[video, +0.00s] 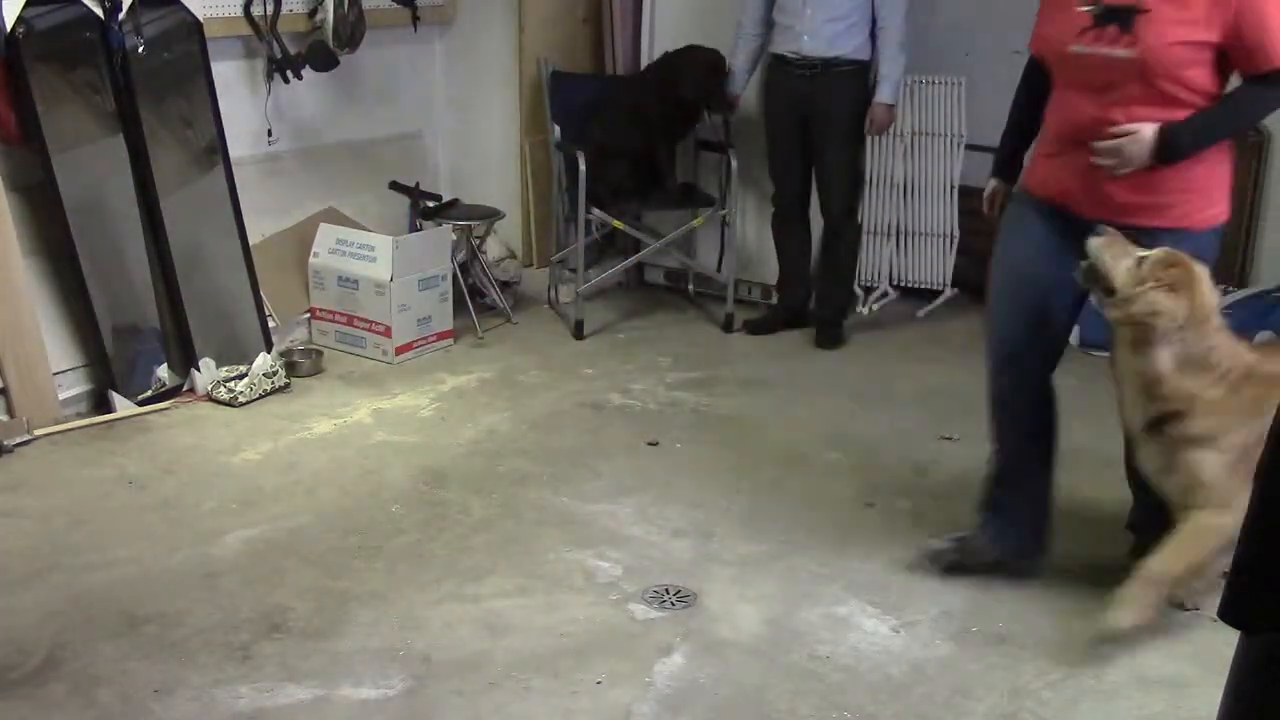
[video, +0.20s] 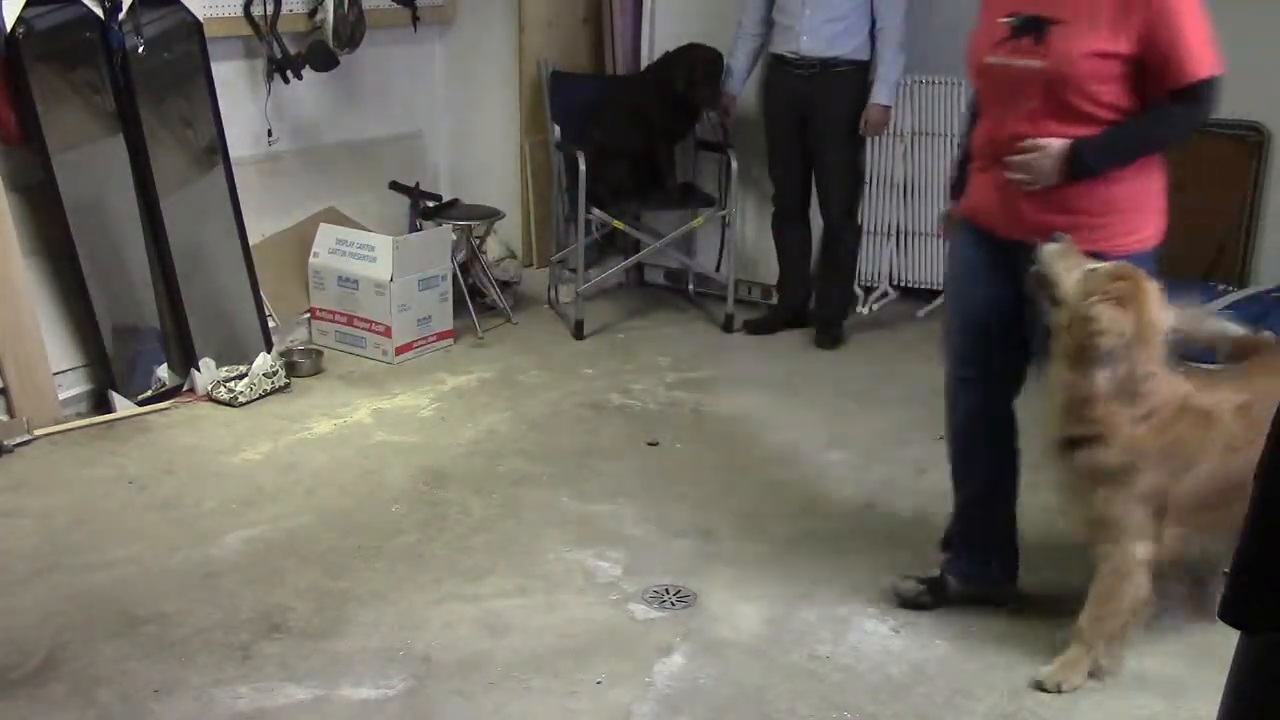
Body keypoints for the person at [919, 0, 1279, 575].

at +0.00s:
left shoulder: (1235, 5)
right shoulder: (1062, 3)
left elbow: (1271, 79)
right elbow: (1043, 67)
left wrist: (1168, 141)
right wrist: (1006, 166)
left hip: (1170, 208)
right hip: (1054, 191)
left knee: (1153, 379)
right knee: (1014, 353)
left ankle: (1157, 546)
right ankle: (1011, 534)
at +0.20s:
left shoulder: (1151, 5)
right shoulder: (999, 5)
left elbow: (1194, 97)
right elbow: (988, 94)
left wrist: (1077, 158)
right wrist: (963, 192)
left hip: (1105, 233)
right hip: (994, 220)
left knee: (1109, 408)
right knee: (974, 394)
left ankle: (1128, 574)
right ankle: (980, 568)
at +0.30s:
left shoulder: (1112, 6)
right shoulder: (965, 8)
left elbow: (1147, 93)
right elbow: (958, 98)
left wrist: (1025, 153)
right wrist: (916, 188)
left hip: (1059, 227)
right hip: (963, 217)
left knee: (1044, 402)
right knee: (960, 401)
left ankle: (1058, 563)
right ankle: (973, 565)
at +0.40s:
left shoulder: (1071, 7)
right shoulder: (924, 9)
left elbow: (1104, 88)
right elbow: (917, 105)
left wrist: (981, 149)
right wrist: (873, 184)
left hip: (1026, 220)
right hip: (938, 214)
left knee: (995, 405)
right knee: (929, 405)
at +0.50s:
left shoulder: (1012, 4)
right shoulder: (884, 10)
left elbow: (1053, 89)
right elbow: (879, 106)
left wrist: (930, 150)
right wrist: (835, 188)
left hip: (981, 225)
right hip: (910, 221)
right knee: (948, 406)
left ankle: (839, 610)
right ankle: (979, 572)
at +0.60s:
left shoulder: (956, 6)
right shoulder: (848, 11)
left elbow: (988, 97)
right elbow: (838, 110)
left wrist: (869, 163)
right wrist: (800, 197)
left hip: (923, 235)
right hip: (866, 230)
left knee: (846, 429)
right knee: (923, 421)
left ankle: (785, 631)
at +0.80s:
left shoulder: (829, 4)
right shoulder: (759, 7)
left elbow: (852, 96)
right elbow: (770, 84)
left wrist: (741, 157)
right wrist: (718, 128)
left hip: (815, 234)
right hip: (768, 230)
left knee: (765, 441)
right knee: (743, 433)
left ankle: (782, 636)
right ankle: (754, 621)